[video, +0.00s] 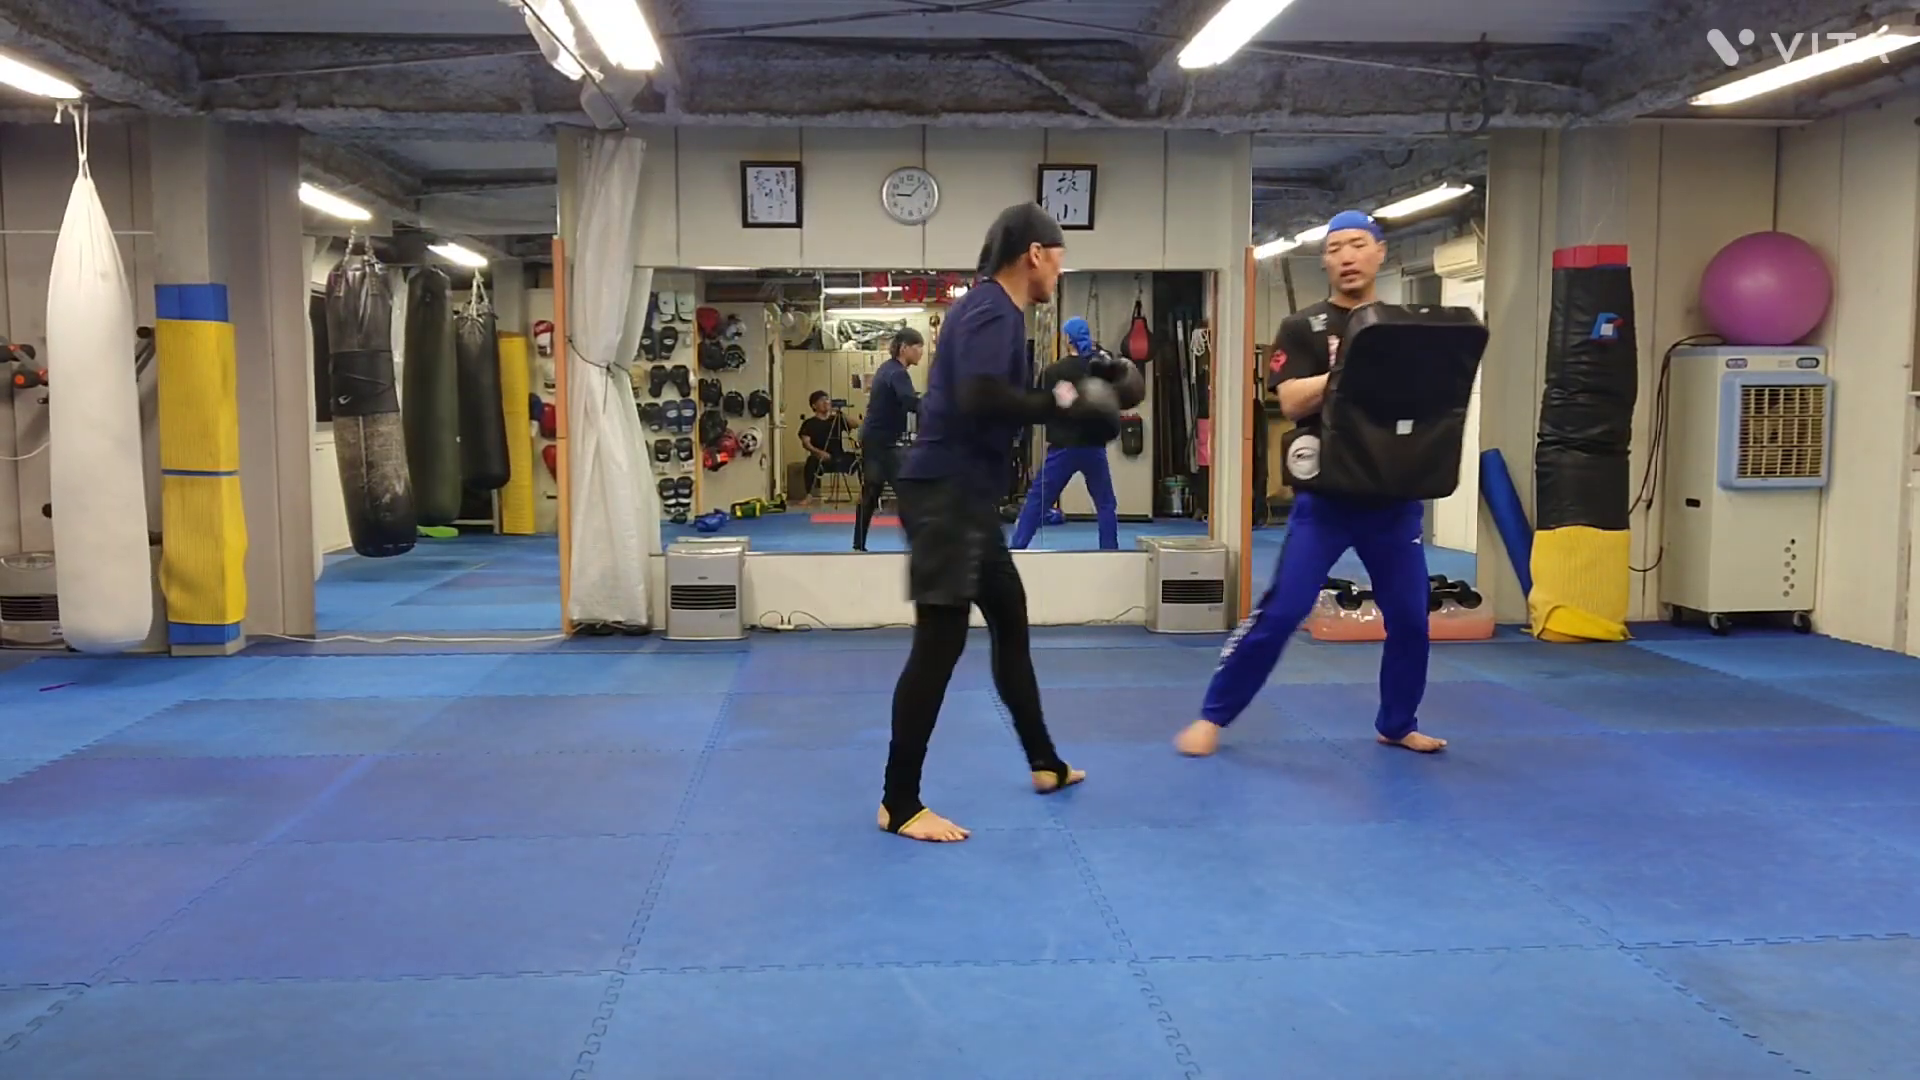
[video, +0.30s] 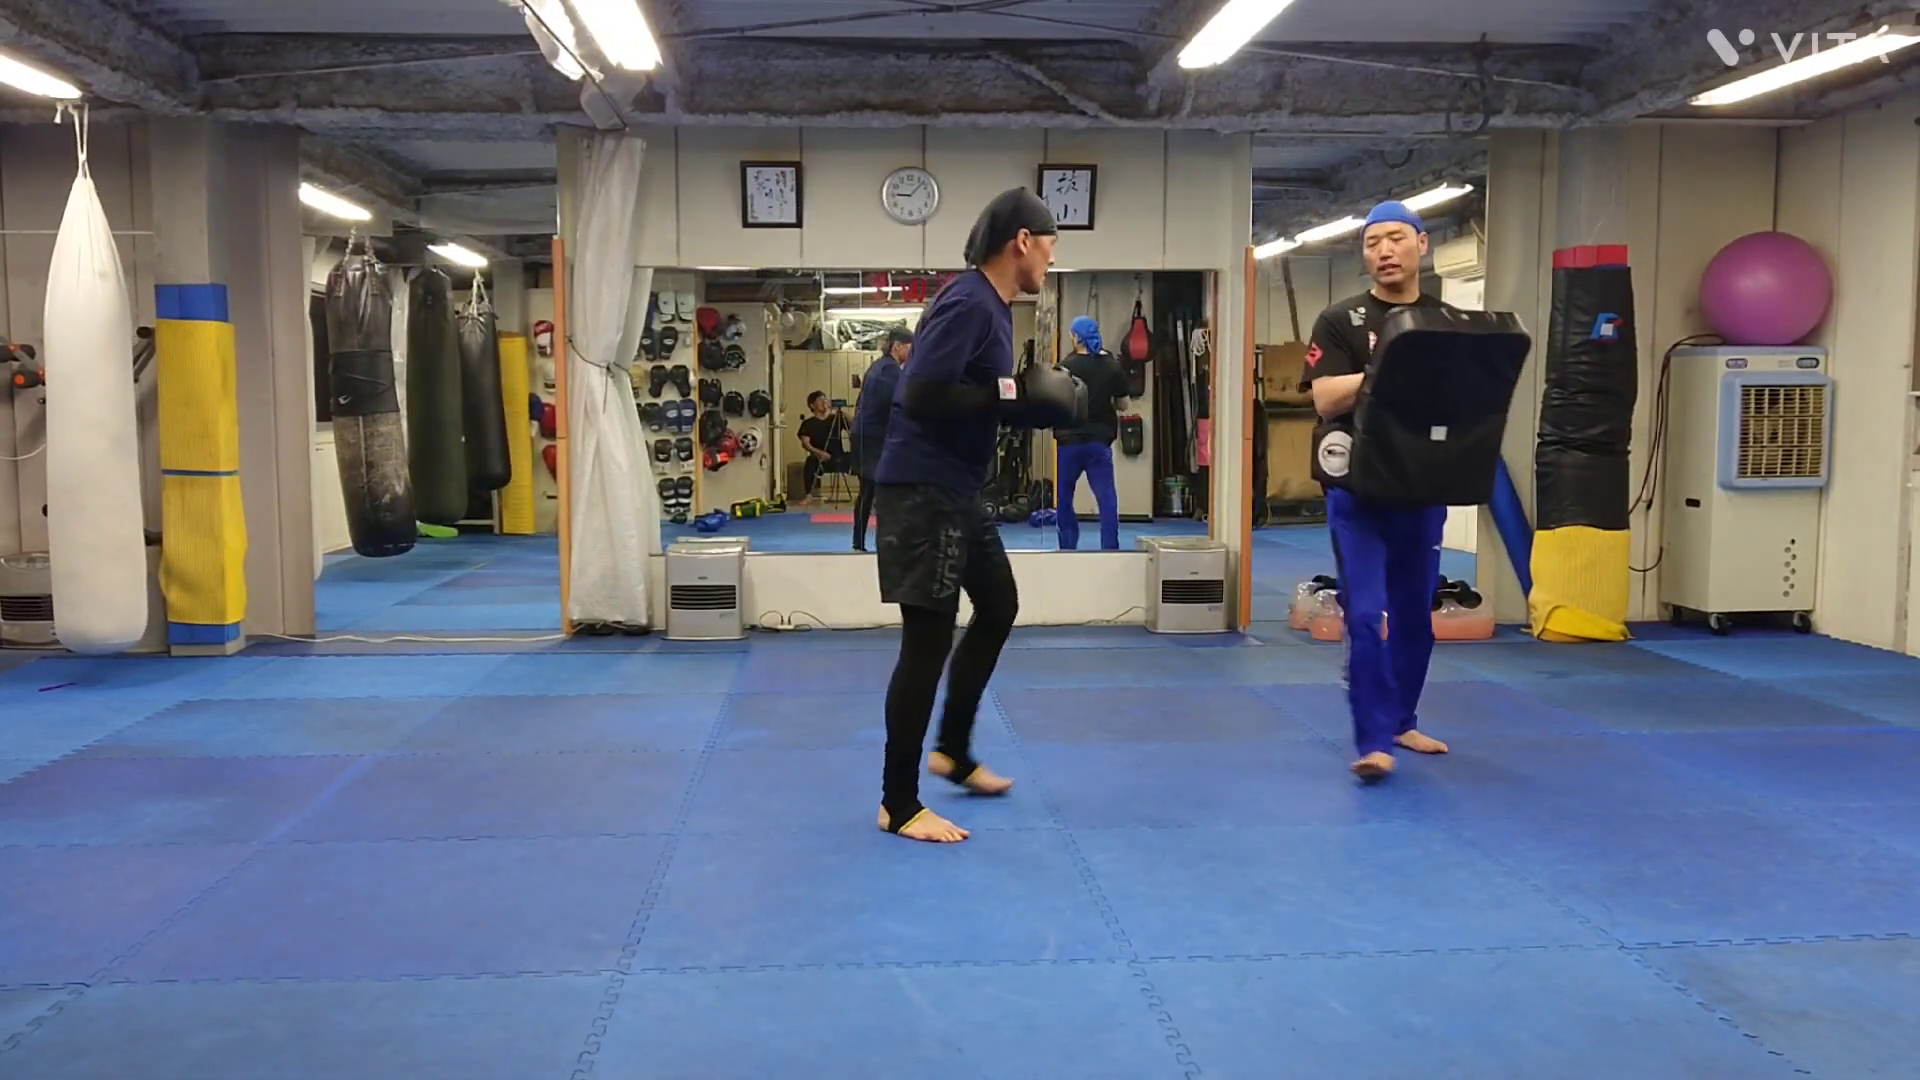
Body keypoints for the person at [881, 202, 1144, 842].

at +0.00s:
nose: (1062, 270)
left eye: (1062, 258)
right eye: (1059, 258)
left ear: (1022, 255)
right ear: (1033, 254)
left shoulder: (998, 311)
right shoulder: (990, 311)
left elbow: (1014, 396)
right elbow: (978, 396)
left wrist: (1082, 389)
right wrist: (1056, 404)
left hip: (965, 492)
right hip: (945, 492)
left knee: (1008, 612)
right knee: (940, 640)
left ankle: (1045, 763)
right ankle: (899, 806)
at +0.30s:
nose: (1053, 257)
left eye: (1053, 245)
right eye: (1049, 244)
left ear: (1014, 244)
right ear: (1020, 242)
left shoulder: (993, 308)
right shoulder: (969, 301)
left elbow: (980, 401)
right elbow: (920, 392)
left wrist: (1053, 408)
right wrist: (1008, 393)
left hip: (959, 495)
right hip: (922, 496)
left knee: (998, 610)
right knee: (927, 644)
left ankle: (952, 751)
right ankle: (899, 808)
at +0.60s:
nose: (1036, 265)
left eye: (1037, 252)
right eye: (1031, 251)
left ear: (992, 247)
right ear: (997, 245)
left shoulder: (961, 297)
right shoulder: (973, 299)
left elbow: (958, 391)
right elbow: (944, 388)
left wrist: (1026, 374)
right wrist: (1020, 391)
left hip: (942, 494)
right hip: (926, 495)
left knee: (976, 631)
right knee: (966, 636)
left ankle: (947, 775)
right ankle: (887, 796)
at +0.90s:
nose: (995, 256)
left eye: (995, 243)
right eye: (989, 241)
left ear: (954, 240)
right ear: (952, 237)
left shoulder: (945, 316)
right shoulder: (920, 309)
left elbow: (957, 417)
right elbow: (917, 404)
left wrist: (1016, 400)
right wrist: (987, 371)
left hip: (937, 512)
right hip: (899, 513)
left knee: (971, 633)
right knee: (918, 668)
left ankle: (952, 766)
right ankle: (832, 838)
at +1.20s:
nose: (967, 210)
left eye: (968, 197)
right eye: (960, 196)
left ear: (925, 194)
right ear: (920, 189)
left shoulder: (924, 268)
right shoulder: (887, 252)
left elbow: (913, 370)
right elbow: (832, 335)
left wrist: (984, 369)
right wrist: (931, 338)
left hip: (922, 487)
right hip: (870, 488)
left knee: (964, 631)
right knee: (846, 641)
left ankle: (939, 804)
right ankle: (766, 825)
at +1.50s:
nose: (903, 254)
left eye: (905, 241)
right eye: (892, 238)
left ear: (861, 240)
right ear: (848, 234)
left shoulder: (858, 322)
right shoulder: (807, 300)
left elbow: (854, 429)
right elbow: (779, 393)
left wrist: (933, 413)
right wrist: (884, 385)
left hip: (850, 533)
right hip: (785, 532)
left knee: (921, 653)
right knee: (733, 680)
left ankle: (926, 831)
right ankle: (625, 823)